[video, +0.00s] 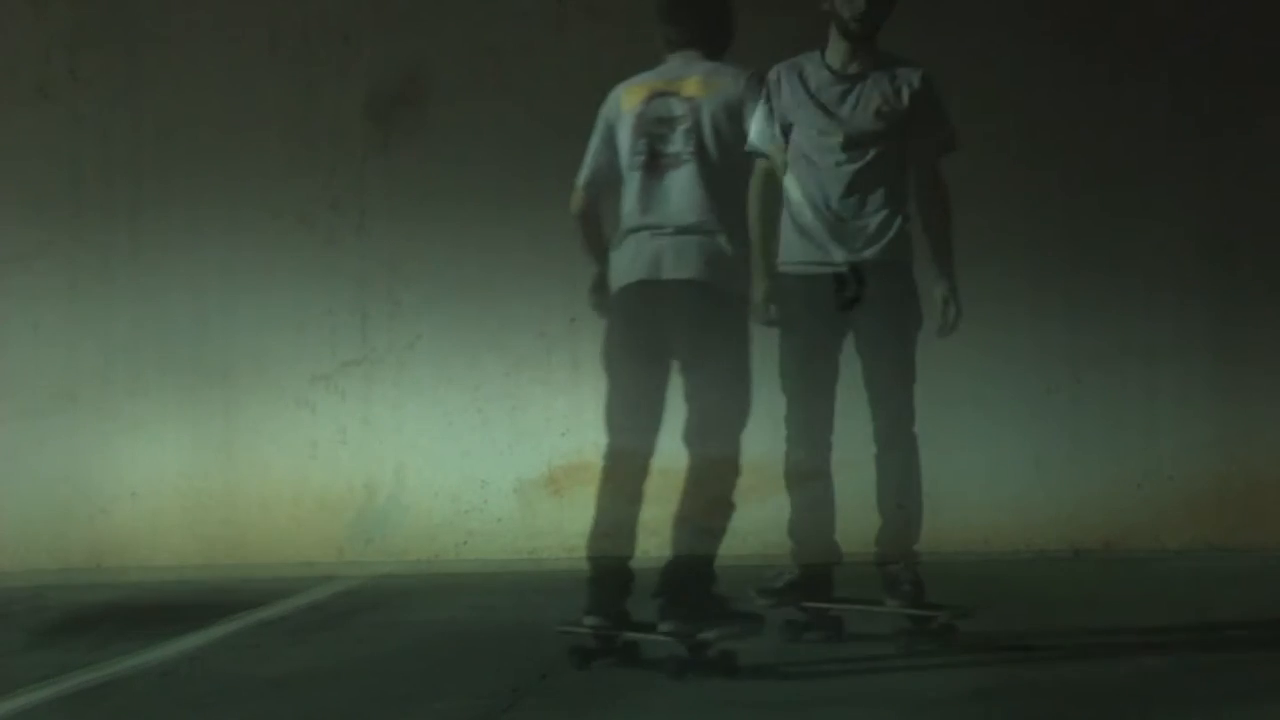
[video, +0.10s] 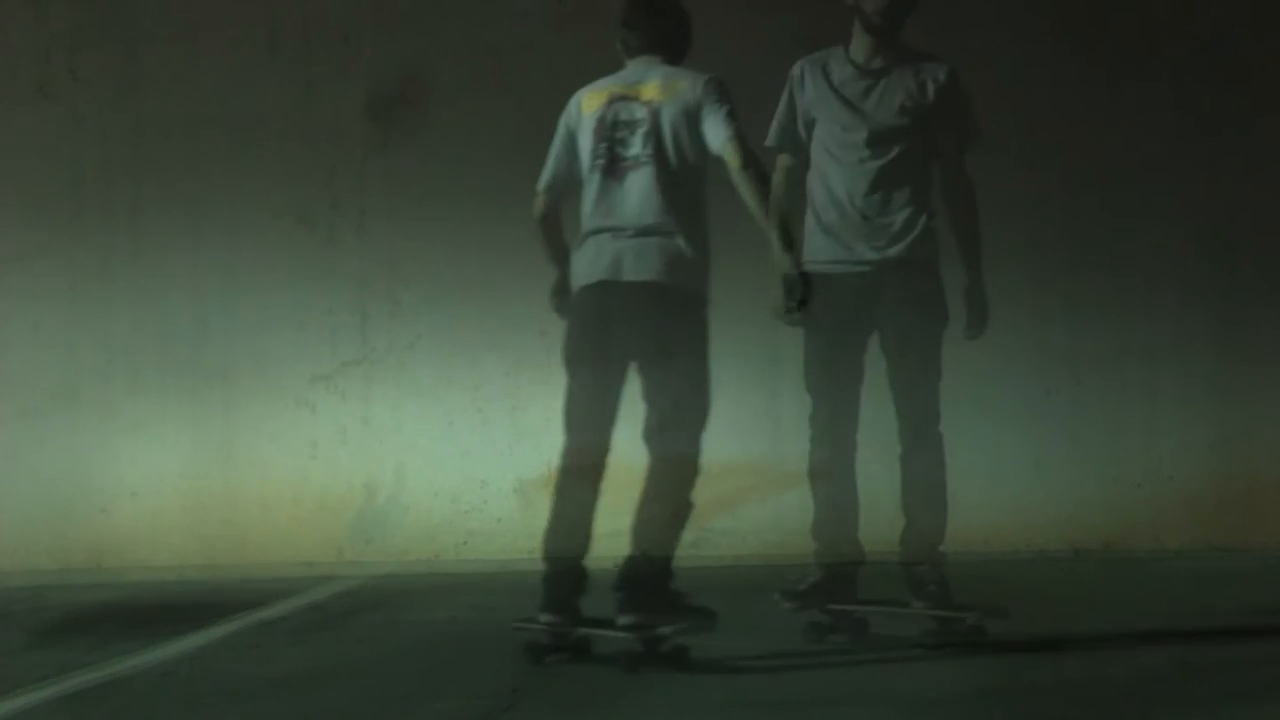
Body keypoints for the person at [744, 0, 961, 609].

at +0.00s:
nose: (861, 9)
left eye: (871, 3)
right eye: (851, 1)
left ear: (883, 12)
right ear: (830, 6)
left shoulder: (910, 84)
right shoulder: (784, 82)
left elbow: (929, 185)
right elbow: (764, 181)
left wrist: (944, 277)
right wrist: (760, 274)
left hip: (886, 277)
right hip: (803, 276)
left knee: (894, 425)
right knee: (806, 430)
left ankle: (900, 565)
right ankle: (812, 568)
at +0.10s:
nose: (886, 8)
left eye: (895, 3)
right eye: (877, 1)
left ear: (907, 11)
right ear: (856, 5)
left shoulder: (935, 80)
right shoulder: (809, 77)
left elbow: (956, 184)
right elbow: (785, 177)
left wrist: (973, 279)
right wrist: (786, 266)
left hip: (910, 277)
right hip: (829, 277)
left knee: (920, 426)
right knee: (831, 429)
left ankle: (925, 566)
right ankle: (835, 568)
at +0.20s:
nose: (907, 6)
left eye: (917, 3)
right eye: (901, 2)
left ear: (930, 10)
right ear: (884, 6)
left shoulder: (958, 76)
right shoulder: (832, 72)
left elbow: (984, 180)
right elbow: (808, 171)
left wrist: (1001, 280)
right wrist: (807, 273)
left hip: (936, 275)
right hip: (854, 276)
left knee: (947, 424)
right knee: (857, 427)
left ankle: (953, 569)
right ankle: (861, 570)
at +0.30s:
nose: (931, 7)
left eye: (940, 5)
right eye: (924, 5)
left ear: (952, 9)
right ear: (906, 7)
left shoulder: (983, 70)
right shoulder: (857, 65)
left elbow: (1011, 177)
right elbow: (831, 163)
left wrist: (1030, 277)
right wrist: (829, 264)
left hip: (964, 272)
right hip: (882, 272)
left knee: (976, 423)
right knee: (885, 426)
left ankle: (984, 571)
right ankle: (891, 574)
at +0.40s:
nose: (951, 15)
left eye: (962, 12)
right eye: (944, 10)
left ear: (979, 13)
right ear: (929, 8)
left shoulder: (1010, 62)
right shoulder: (883, 59)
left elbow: (1036, 166)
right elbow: (855, 158)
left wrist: (1053, 266)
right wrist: (852, 259)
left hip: (994, 265)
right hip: (910, 268)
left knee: (1006, 422)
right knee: (914, 426)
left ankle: (1016, 573)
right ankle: (920, 575)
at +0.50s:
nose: (978, 13)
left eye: (988, 8)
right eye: (970, 7)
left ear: (1005, 9)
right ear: (954, 6)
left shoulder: (1035, 56)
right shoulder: (911, 57)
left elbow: (1062, 159)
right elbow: (882, 157)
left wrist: (1081, 254)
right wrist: (881, 258)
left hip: (1027, 261)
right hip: (943, 263)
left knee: (1037, 418)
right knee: (945, 423)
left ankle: (1047, 566)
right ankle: (949, 571)